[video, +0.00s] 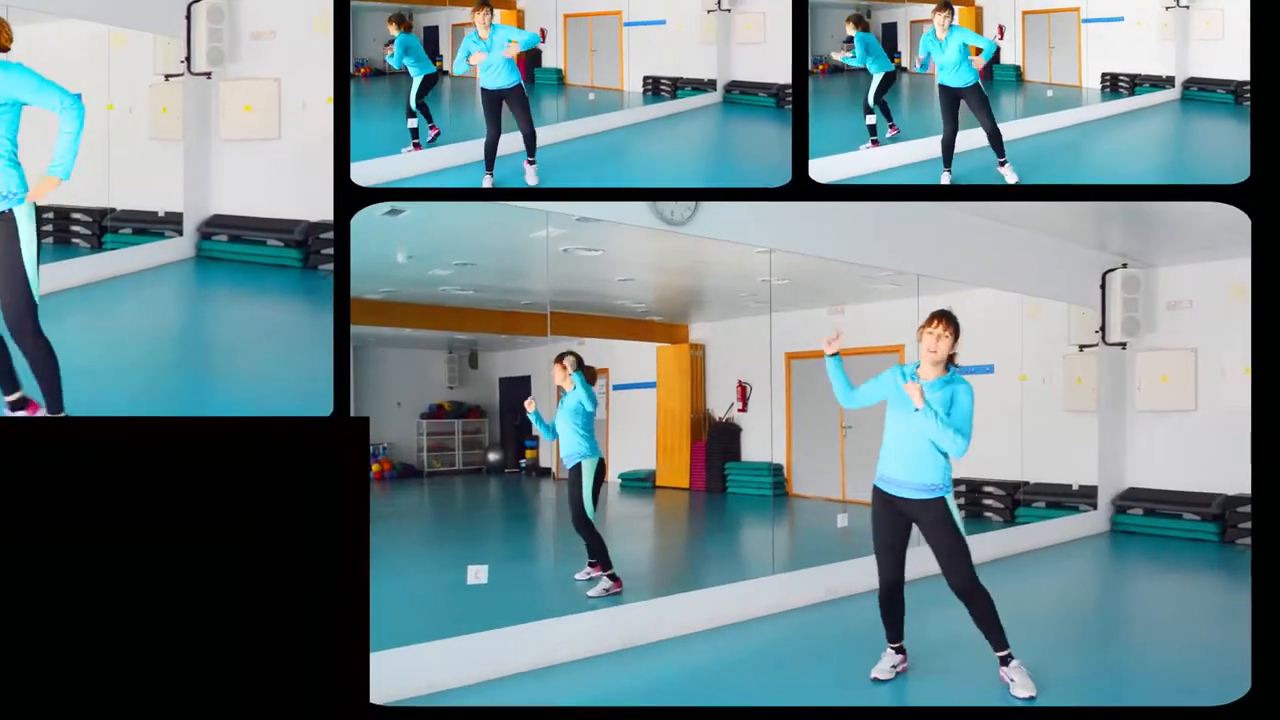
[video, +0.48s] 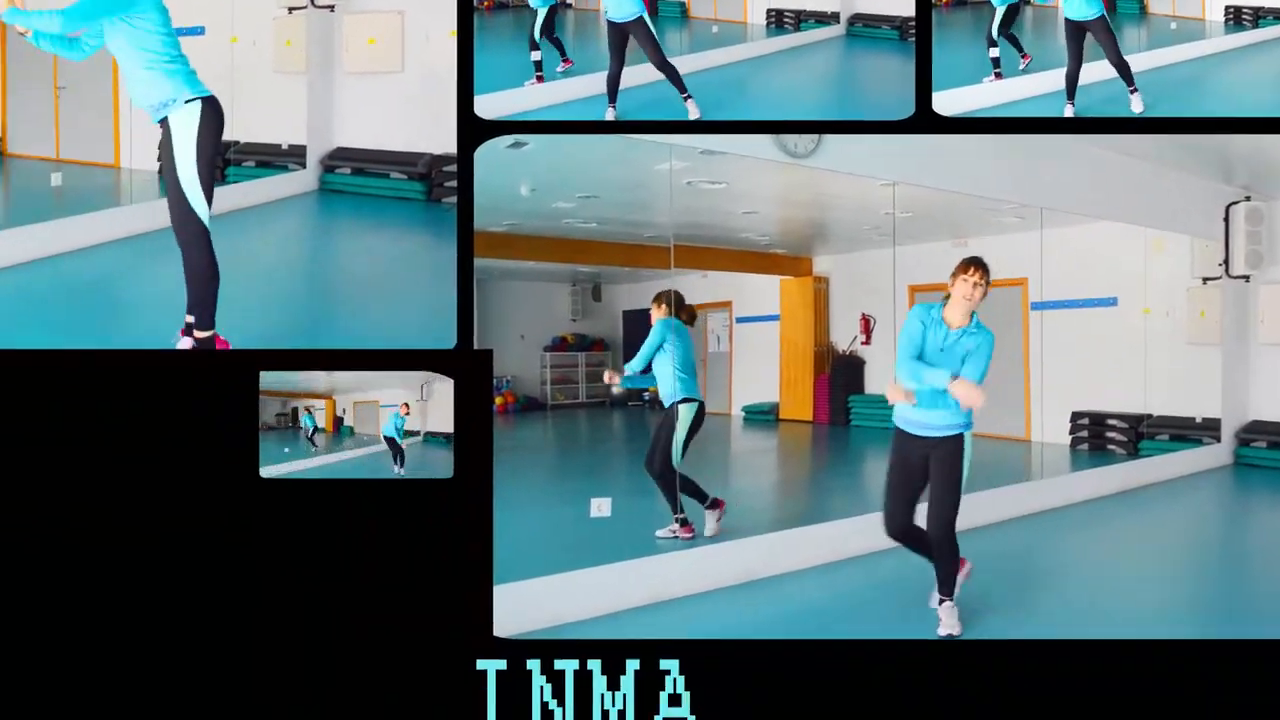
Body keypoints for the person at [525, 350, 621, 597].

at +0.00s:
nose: (553, 373)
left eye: (556, 368)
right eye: (554, 368)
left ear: (568, 370)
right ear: (561, 371)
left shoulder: (583, 394)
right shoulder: (564, 402)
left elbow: (590, 405)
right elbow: (549, 434)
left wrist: (574, 372)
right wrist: (533, 413)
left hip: (588, 461)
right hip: (575, 464)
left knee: (583, 519)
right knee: (579, 519)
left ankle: (611, 577)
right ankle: (596, 564)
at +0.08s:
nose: (560, 372)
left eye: (564, 367)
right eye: (559, 368)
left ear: (574, 368)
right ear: (570, 371)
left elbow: (571, 393)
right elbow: (549, 430)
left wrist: (562, 366)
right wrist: (531, 406)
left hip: (593, 460)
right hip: (577, 464)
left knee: (586, 517)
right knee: (570, 516)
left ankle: (615, 575)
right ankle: (592, 561)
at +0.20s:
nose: (574, 359)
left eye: (575, 354)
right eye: (574, 355)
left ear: (585, 352)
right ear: (589, 354)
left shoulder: (595, 370)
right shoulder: (587, 388)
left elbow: (554, 381)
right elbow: (562, 413)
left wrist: (557, 353)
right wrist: (540, 389)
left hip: (608, 447)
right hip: (593, 451)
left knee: (606, 505)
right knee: (574, 500)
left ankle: (634, 562)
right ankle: (598, 558)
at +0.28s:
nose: (588, 344)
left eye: (590, 340)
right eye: (589, 340)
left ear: (601, 340)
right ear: (609, 342)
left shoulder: (603, 357)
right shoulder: (608, 369)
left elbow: (563, 375)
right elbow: (582, 401)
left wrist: (571, 350)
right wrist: (554, 380)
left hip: (622, 437)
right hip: (610, 440)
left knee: (625, 494)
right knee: (591, 491)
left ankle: (654, 549)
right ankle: (607, 552)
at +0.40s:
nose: (621, 327)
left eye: (623, 322)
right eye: (622, 323)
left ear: (634, 321)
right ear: (642, 324)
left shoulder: (632, 340)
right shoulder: (647, 346)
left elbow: (604, 373)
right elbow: (622, 388)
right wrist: (590, 376)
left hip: (655, 420)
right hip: (644, 421)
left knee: (650, 483)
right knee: (628, 478)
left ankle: (691, 523)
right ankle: (648, 539)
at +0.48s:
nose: (651, 315)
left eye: (653, 309)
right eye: (651, 310)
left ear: (664, 309)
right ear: (671, 310)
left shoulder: (666, 324)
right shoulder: (674, 334)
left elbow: (641, 358)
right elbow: (656, 377)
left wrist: (625, 372)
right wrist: (621, 380)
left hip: (686, 405)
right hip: (675, 407)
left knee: (665, 467)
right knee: (654, 465)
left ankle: (711, 504)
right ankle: (680, 522)